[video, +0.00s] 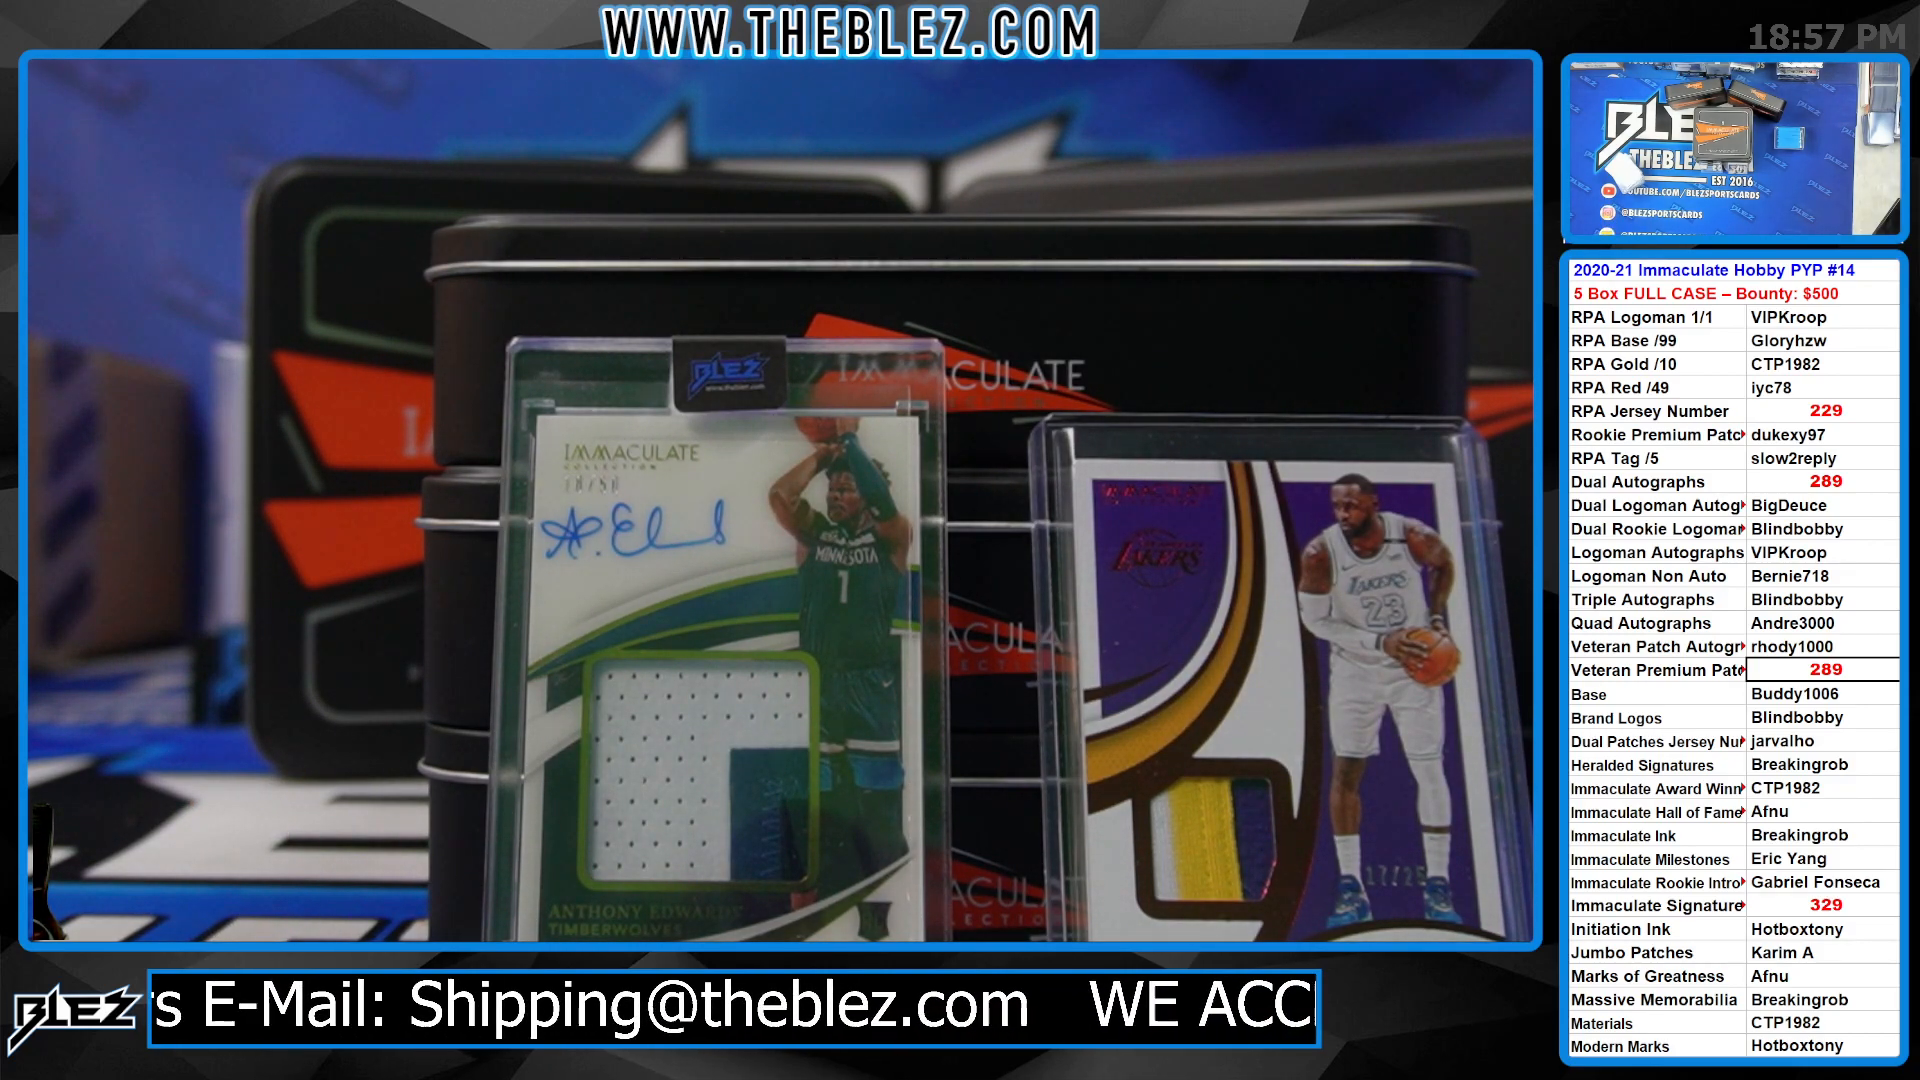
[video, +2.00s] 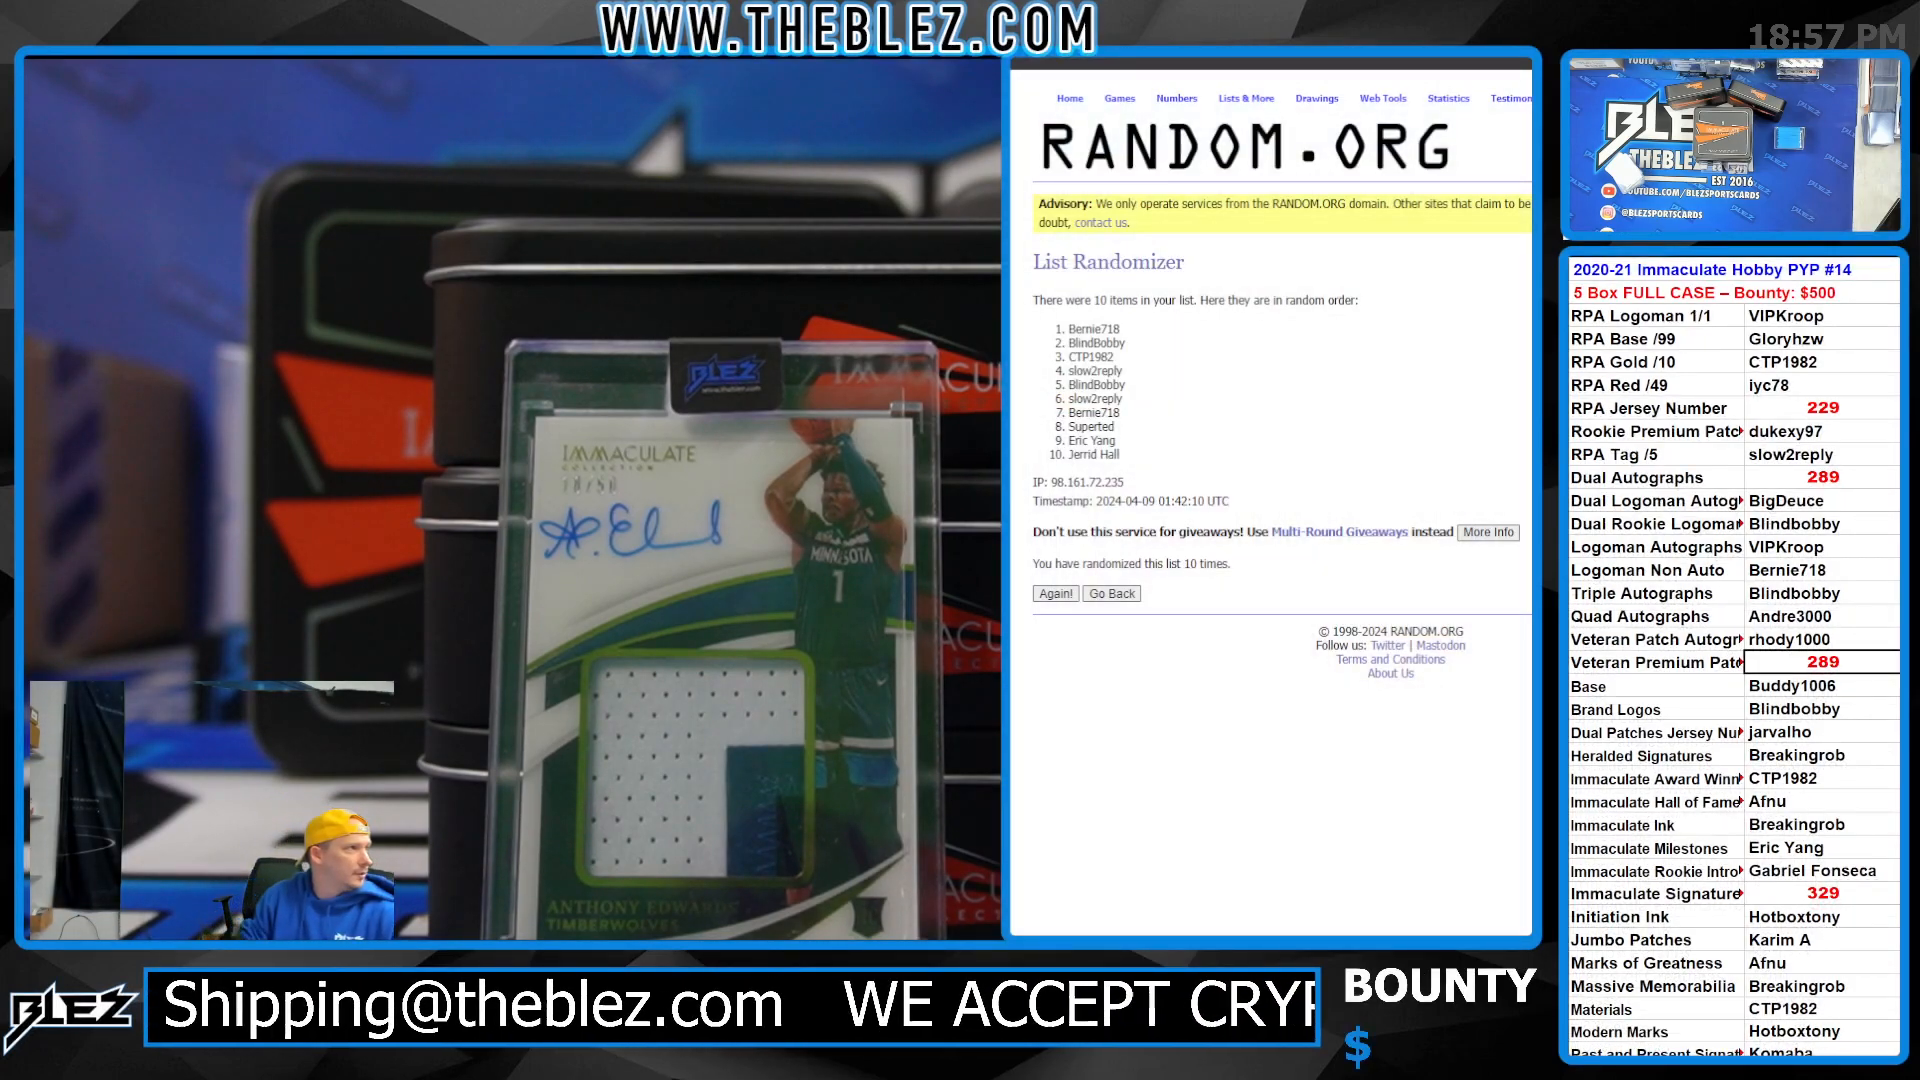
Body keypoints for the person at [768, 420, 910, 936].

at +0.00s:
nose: (841, 494)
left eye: (850, 487)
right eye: (835, 487)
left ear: (869, 494)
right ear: (826, 493)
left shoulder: (890, 539)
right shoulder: (815, 533)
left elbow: (883, 500)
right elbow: (780, 496)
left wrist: (850, 446)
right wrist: (818, 458)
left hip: (872, 678)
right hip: (817, 677)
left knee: (878, 797)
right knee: (823, 792)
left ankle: (877, 902)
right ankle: (824, 890)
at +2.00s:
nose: (835, 496)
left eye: (844, 489)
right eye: (829, 489)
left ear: (862, 495)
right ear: (822, 495)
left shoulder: (884, 539)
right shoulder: (810, 532)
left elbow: (875, 496)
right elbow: (776, 496)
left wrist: (845, 446)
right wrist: (815, 459)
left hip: (866, 676)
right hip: (813, 676)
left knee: (873, 792)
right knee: (818, 791)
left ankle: (871, 892)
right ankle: (819, 883)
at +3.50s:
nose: (835, 497)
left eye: (843, 490)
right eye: (829, 490)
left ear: (862, 495)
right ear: (822, 496)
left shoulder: (884, 539)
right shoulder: (811, 533)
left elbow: (876, 496)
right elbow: (776, 496)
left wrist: (843, 445)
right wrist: (815, 459)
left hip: (865, 679)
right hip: (813, 679)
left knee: (873, 797)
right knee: (820, 795)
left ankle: (873, 895)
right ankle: (820, 888)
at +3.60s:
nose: (835, 496)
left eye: (844, 489)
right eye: (829, 489)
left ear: (863, 495)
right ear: (822, 495)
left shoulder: (884, 539)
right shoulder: (810, 533)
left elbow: (876, 497)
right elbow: (776, 497)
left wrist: (844, 445)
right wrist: (814, 459)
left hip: (865, 679)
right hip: (812, 678)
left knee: (872, 797)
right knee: (819, 795)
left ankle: (872, 895)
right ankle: (816, 887)